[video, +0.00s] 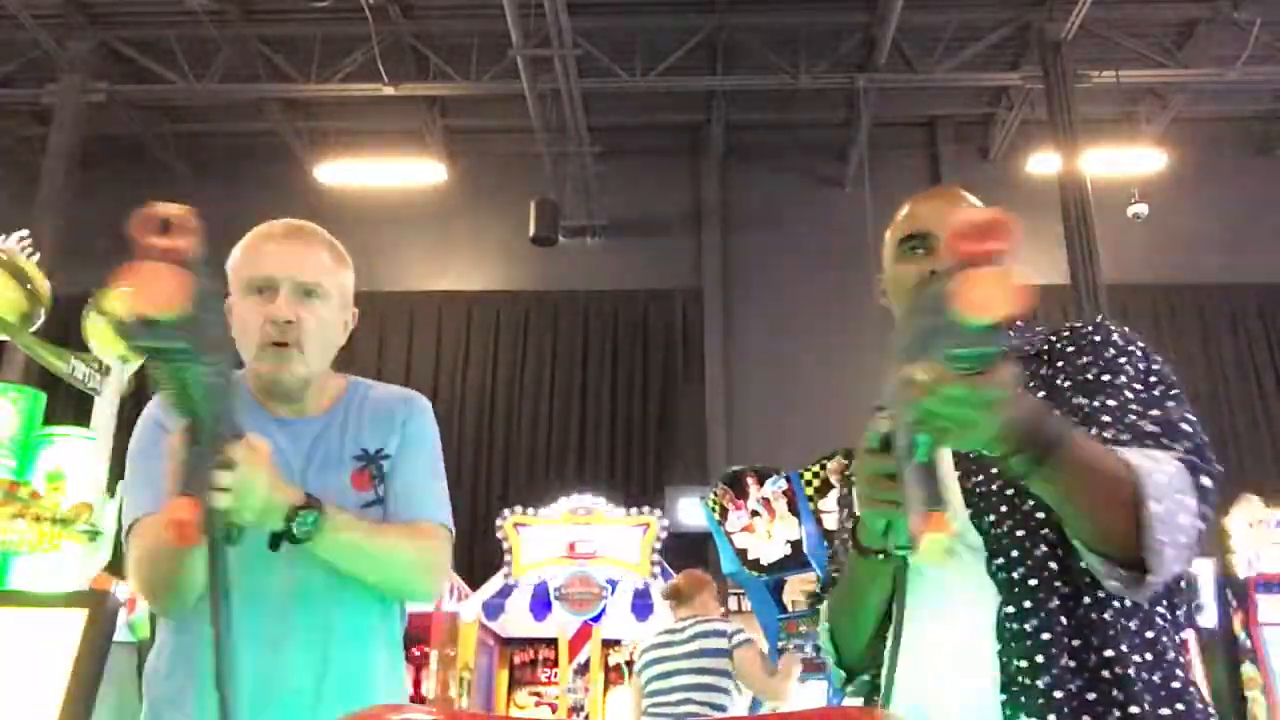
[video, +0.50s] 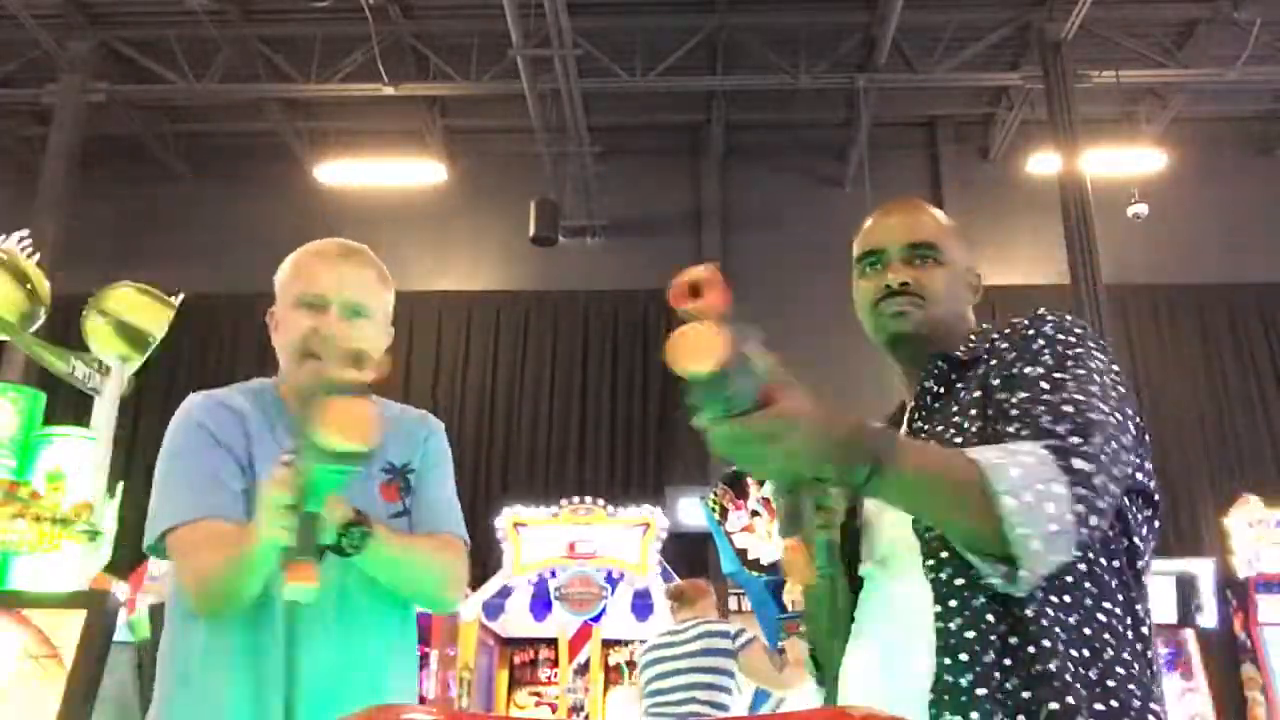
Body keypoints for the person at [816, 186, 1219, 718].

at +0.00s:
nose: (945, 266)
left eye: (973, 245)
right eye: (916, 247)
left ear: (1004, 268)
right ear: (884, 288)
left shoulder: (1090, 356)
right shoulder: (894, 426)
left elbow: (1167, 534)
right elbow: (852, 654)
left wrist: (1030, 437)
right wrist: (873, 538)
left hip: (1108, 697)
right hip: (935, 704)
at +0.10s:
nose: (926, 265)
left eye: (951, 250)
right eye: (899, 251)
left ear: (986, 283)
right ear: (872, 290)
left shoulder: (1095, 396)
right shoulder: (847, 470)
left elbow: (1216, 571)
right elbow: (823, 653)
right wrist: (896, 535)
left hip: (1109, 703)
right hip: (927, 707)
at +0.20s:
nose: (920, 265)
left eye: (944, 250)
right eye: (892, 249)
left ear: (977, 286)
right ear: (857, 293)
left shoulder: (1076, 391)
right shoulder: (826, 476)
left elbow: (1199, 593)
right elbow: (797, 651)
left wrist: (1146, 486)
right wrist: (887, 531)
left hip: (1085, 703)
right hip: (903, 708)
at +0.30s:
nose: (912, 270)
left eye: (937, 254)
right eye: (884, 253)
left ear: (972, 286)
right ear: (853, 293)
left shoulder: (1092, 414)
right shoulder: (829, 476)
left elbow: (1186, 572)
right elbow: (803, 664)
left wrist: (1074, 475)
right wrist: (859, 554)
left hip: (1081, 701)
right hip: (901, 704)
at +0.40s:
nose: (907, 276)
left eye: (930, 255)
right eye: (880, 263)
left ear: (967, 280)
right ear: (856, 290)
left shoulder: (1054, 357)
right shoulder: (869, 421)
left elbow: (1109, 539)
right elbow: (818, 665)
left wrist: (955, 448)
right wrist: (838, 554)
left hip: (1077, 696)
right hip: (915, 700)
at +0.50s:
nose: (894, 276)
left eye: (922, 257)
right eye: (871, 264)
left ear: (974, 281)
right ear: (854, 299)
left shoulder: (1047, 346)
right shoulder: (884, 445)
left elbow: (1046, 518)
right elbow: (845, 666)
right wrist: (825, 535)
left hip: (1050, 699)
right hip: (900, 702)